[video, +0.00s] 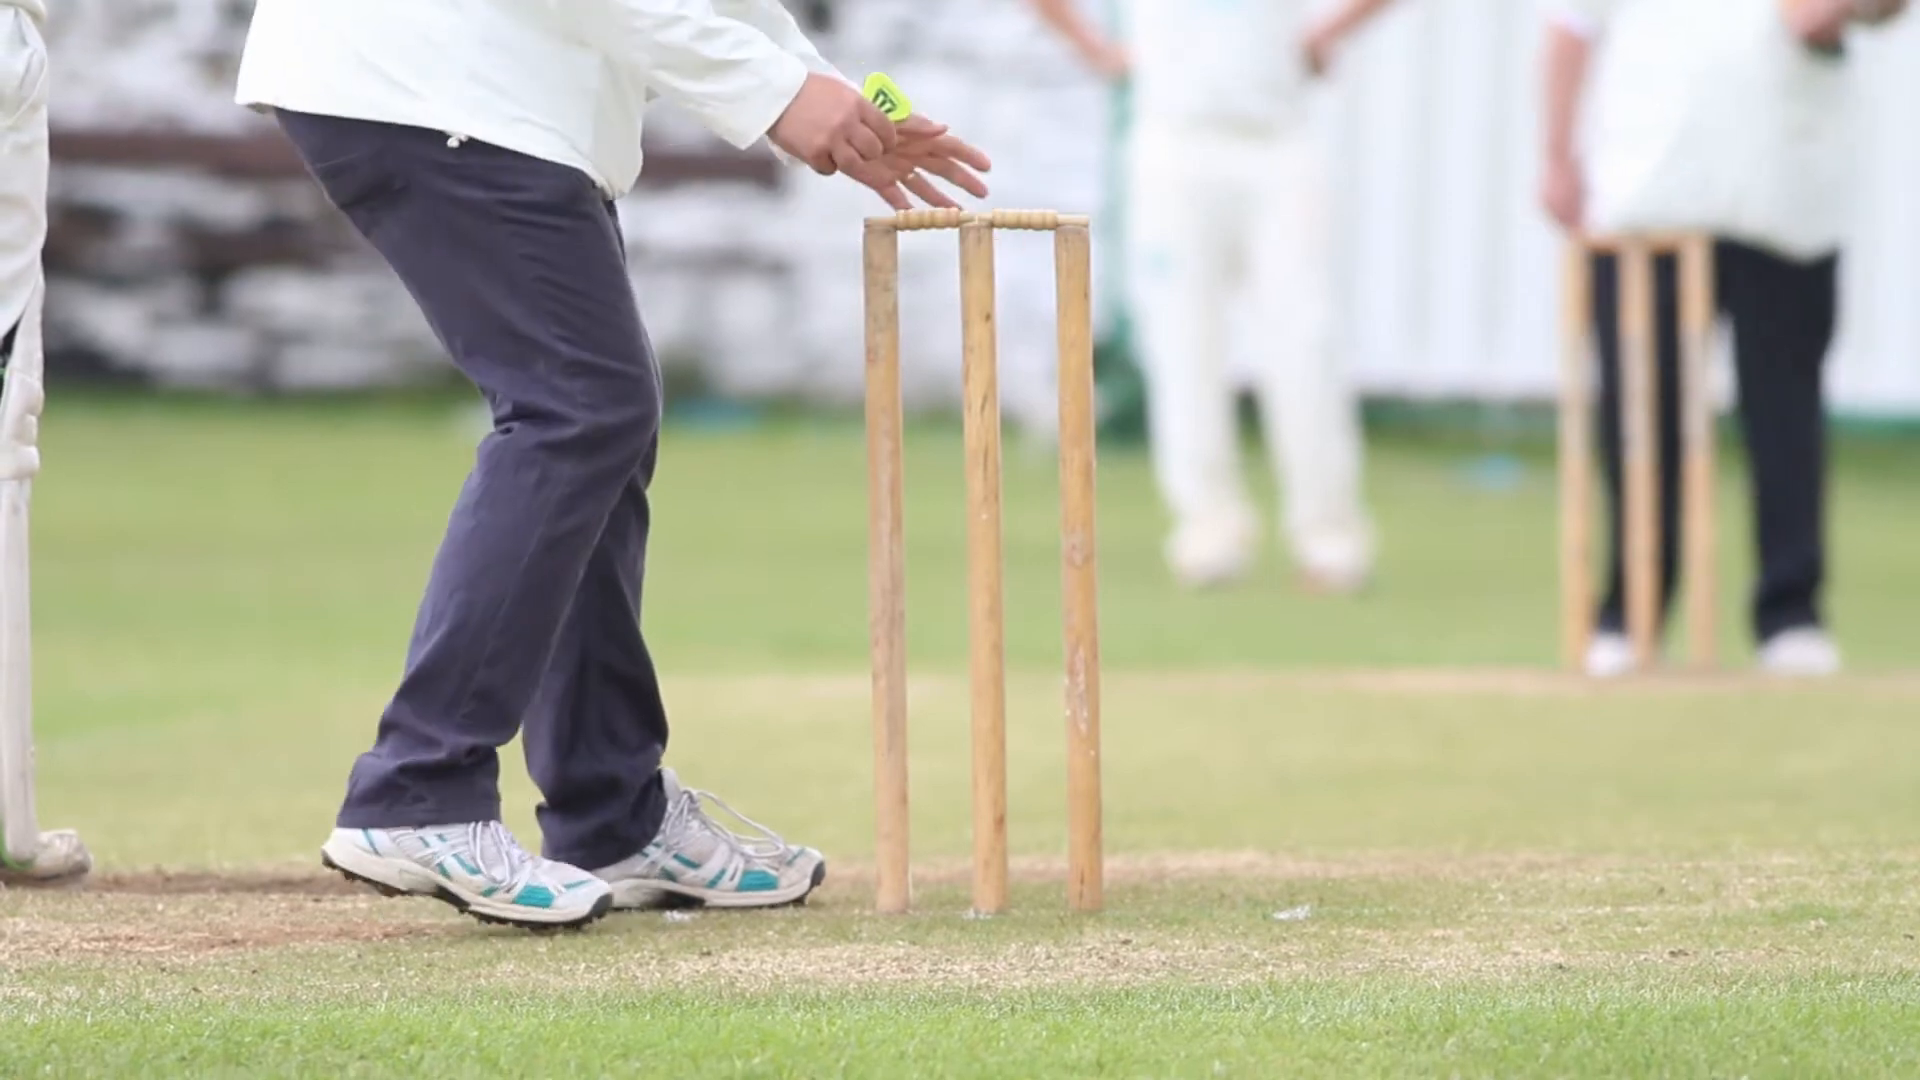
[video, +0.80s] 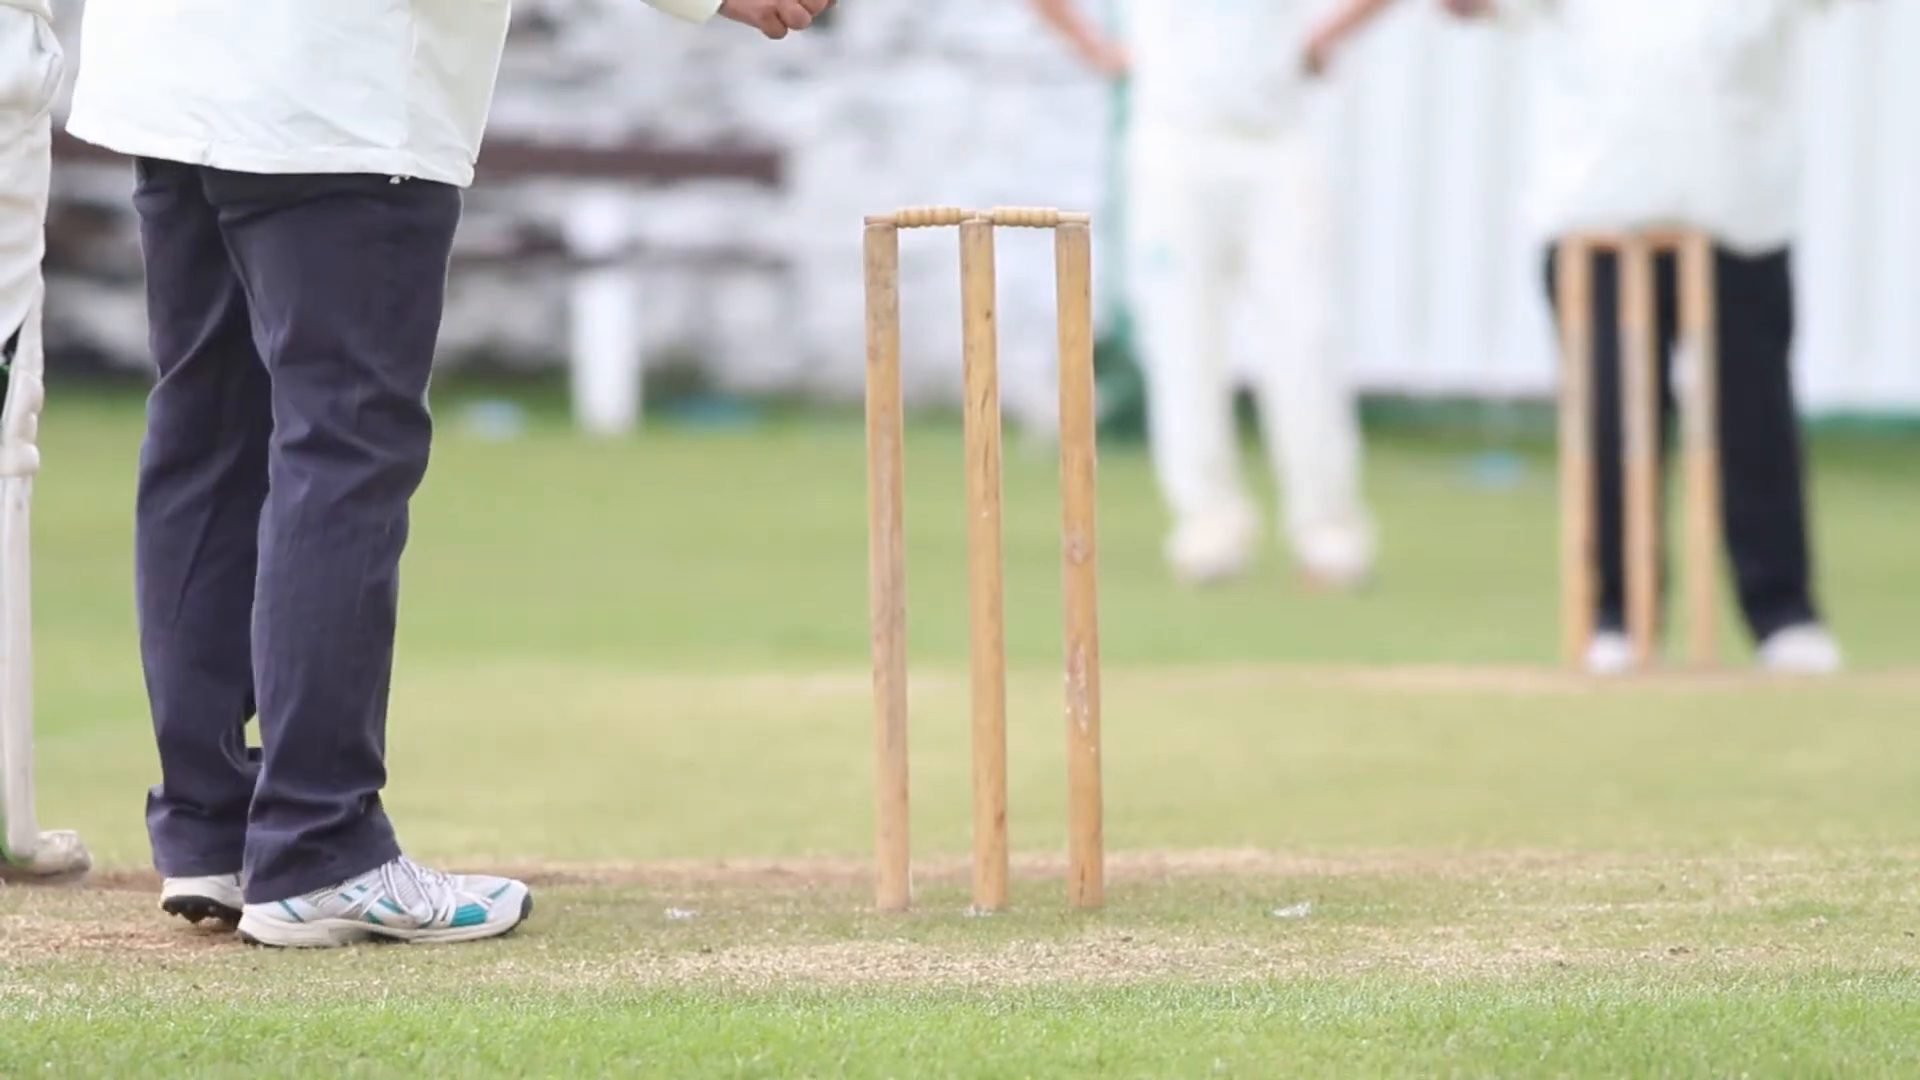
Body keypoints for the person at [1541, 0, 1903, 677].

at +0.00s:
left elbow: (1893, 6)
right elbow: (1571, 21)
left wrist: (1845, 10)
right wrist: (1559, 156)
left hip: (1791, 186)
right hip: (1644, 180)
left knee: (1785, 419)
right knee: (1637, 417)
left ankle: (1792, 621)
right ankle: (1626, 619)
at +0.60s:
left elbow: (1836, 9)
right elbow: (1502, 17)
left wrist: (1794, 10)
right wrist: (1484, 131)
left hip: (1738, 193)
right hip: (1595, 191)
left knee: (1755, 422)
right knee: (1613, 423)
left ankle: (1786, 620)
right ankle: (1614, 623)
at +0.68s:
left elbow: (1842, 7)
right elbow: (1498, 6)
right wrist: (1472, 67)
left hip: (1736, 188)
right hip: (1597, 189)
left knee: (1757, 420)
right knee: (1614, 425)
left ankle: (1786, 621)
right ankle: (1615, 624)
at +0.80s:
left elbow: (1819, 12)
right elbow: (1517, 12)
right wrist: (1473, 6)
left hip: (1738, 201)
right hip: (1597, 200)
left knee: (1758, 428)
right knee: (1615, 428)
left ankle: (1786, 619)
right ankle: (1616, 623)